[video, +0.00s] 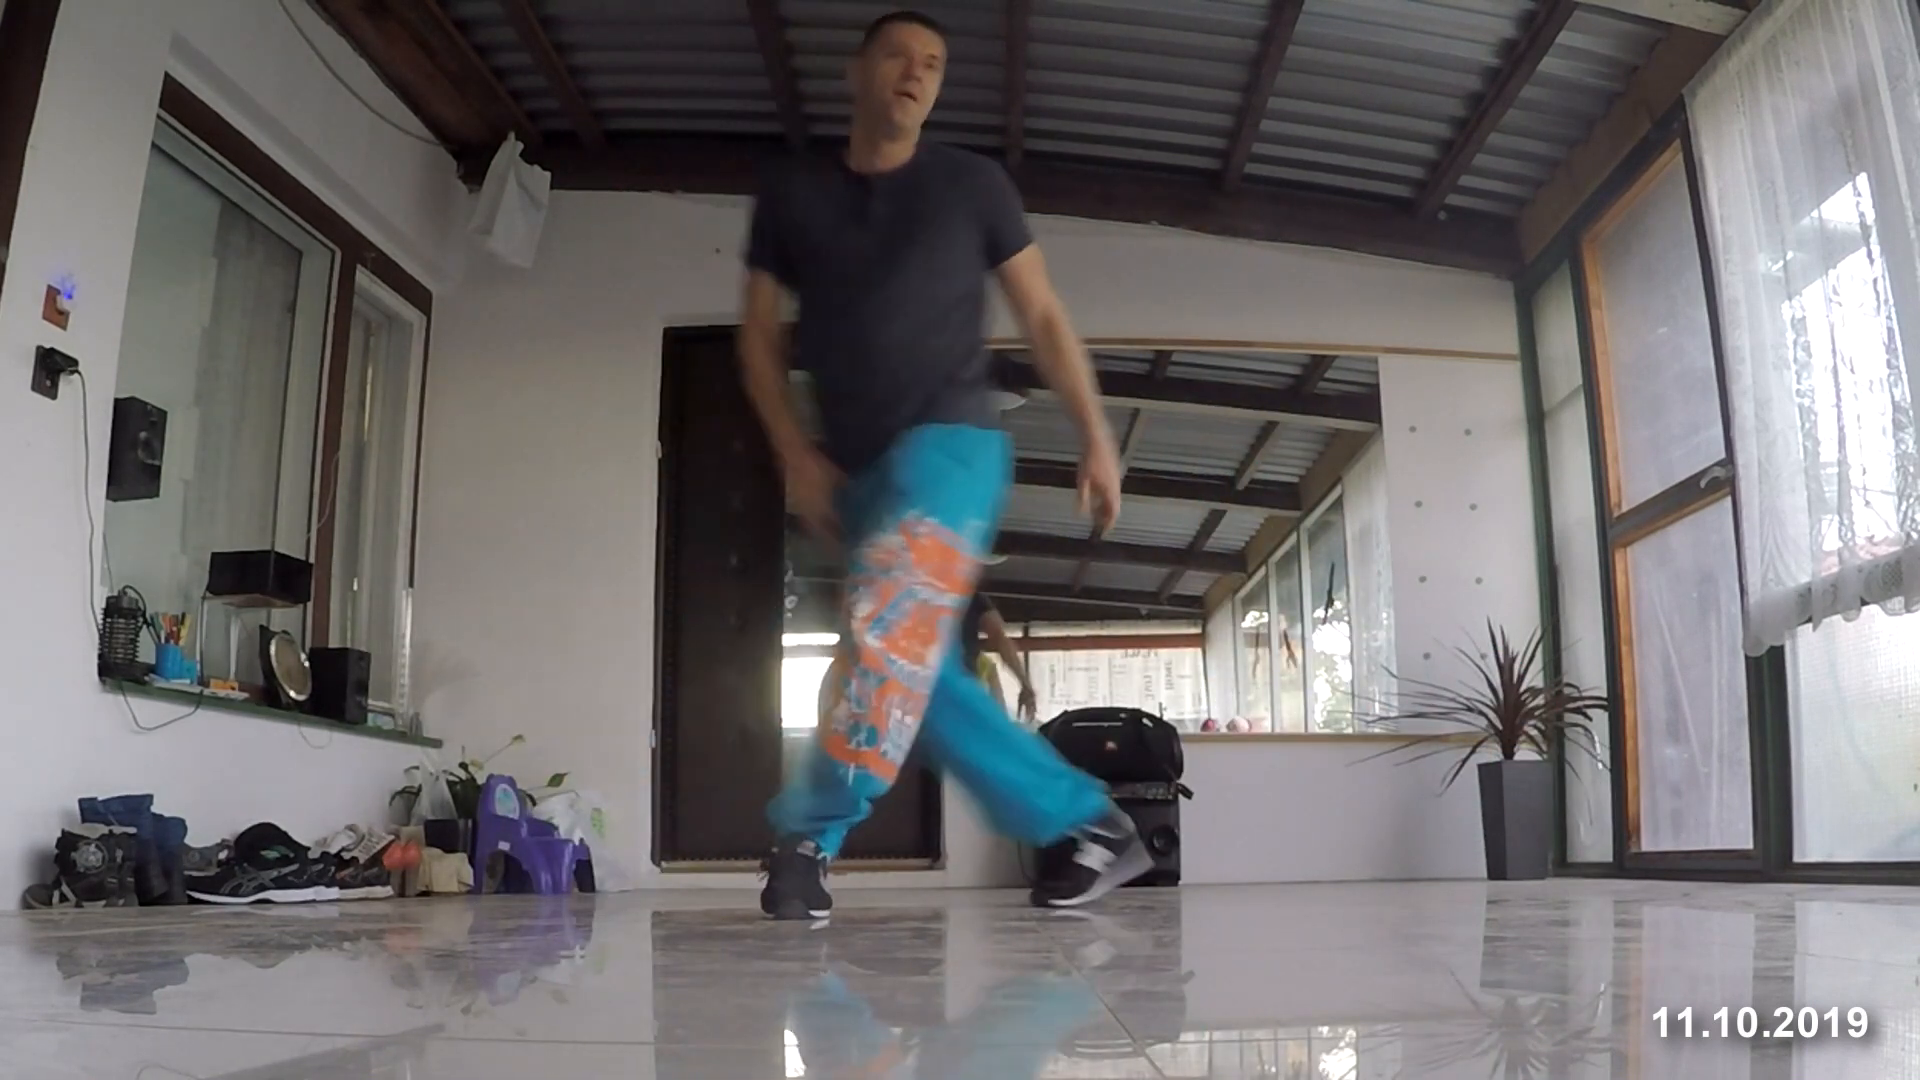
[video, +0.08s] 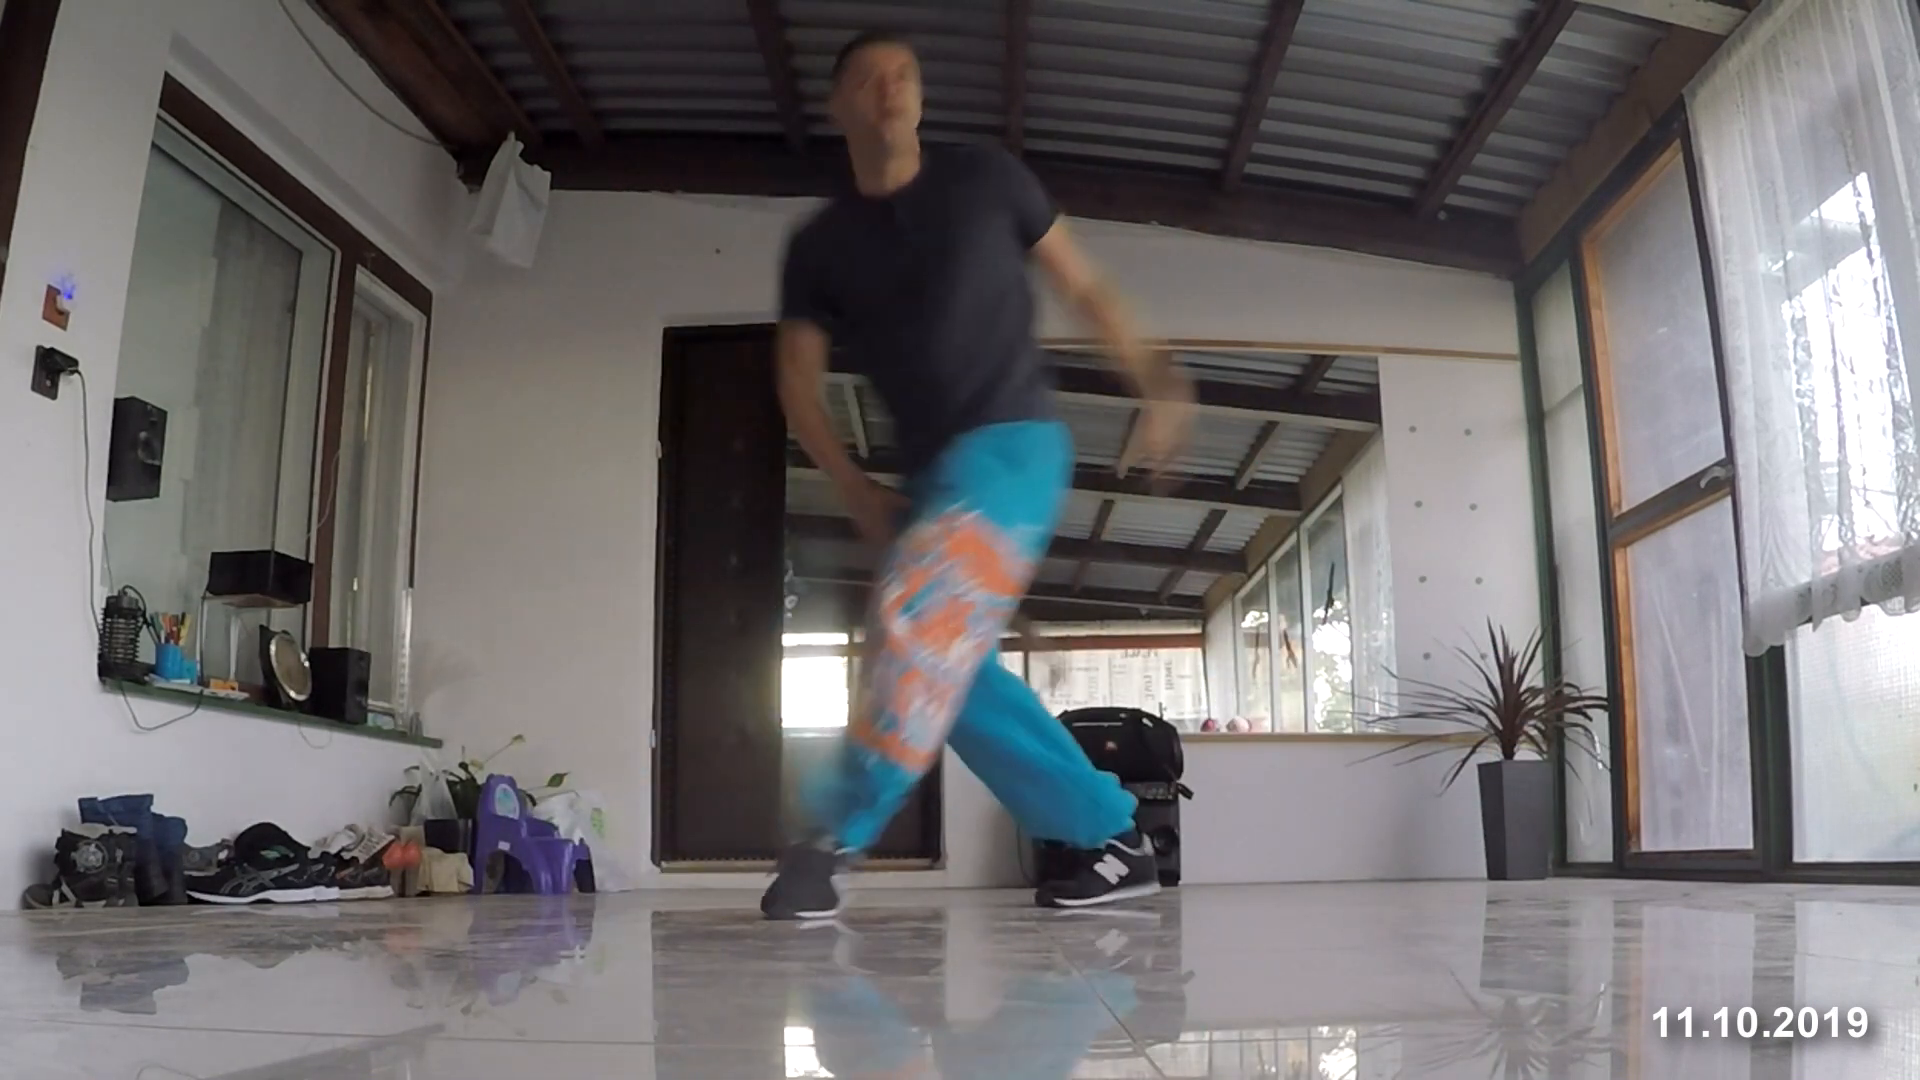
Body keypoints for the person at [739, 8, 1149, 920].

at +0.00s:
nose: (916, 76)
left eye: (931, 69)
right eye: (900, 59)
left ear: (941, 94)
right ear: (854, 74)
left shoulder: (973, 185)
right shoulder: (796, 191)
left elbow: (1044, 317)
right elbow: (758, 339)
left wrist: (1097, 437)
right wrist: (794, 453)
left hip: (952, 437)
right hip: (855, 458)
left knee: (886, 630)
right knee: (911, 658)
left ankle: (805, 841)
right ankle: (1082, 824)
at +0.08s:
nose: (890, 95)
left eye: (903, 81)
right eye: (870, 83)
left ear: (923, 99)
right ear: (837, 107)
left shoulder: (985, 176)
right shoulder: (822, 243)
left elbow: (1087, 287)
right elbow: (798, 385)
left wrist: (1157, 386)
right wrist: (857, 491)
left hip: (1013, 439)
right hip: (931, 467)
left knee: (914, 621)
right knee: (936, 649)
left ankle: (829, 845)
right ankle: (1106, 831)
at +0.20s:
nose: (874, 129)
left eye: (885, 115)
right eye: (853, 126)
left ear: (915, 134)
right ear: (837, 166)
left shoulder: (1001, 169)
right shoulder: (862, 282)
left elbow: (1140, 172)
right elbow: (865, 419)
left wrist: (1262, 171)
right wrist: (916, 519)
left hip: (1082, 423)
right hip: (1001, 462)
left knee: (981, 590)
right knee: (971, 652)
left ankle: (973, 817)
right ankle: (1113, 846)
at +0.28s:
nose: (887, 122)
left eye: (898, 102)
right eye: (867, 116)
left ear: (930, 110)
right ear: (852, 146)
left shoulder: (1012, 145)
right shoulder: (883, 261)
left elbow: (1147, 105)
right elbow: (908, 394)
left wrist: (1238, 29)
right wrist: (951, 493)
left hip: (1103, 386)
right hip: (1027, 435)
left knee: (1057, 546)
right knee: (1010, 655)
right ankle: (1108, 836)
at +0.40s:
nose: (905, 85)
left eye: (914, 64)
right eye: (886, 79)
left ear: (951, 62)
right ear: (878, 100)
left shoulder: (1026, 105)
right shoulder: (901, 218)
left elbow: (1154, 69)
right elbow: (944, 350)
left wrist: (1106, 1)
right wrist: (1001, 446)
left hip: (1130, 333)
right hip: (1059, 401)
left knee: (1175, 465)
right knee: (1096, 603)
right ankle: (1171, 805)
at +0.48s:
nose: (924, 93)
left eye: (932, 70)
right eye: (905, 85)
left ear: (973, 63)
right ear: (897, 102)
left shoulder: (1039, 120)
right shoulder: (915, 218)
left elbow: (1142, 108)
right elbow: (959, 354)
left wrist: (1011, 74)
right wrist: (1014, 450)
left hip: (1152, 337)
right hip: (1079, 408)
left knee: (1243, 468)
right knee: (1147, 599)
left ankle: (1324, 644)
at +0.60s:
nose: (911, 176)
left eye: (915, 151)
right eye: (891, 173)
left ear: (949, 134)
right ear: (885, 191)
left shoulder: (1033, 179)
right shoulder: (931, 299)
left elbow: (1170, 249)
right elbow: (955, 447)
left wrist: (1106, 309)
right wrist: (982, 580)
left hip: (1214, 385)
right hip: (1138, 459)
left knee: (1308, 543)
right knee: (1239, 640)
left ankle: (1393, 744)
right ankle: (1355, 815)